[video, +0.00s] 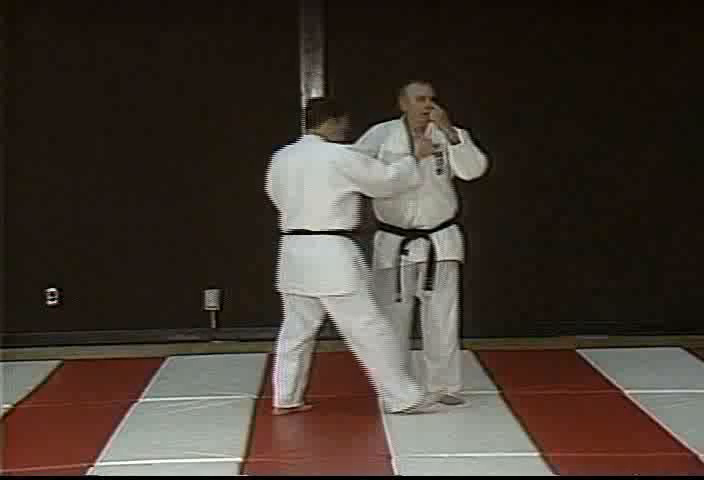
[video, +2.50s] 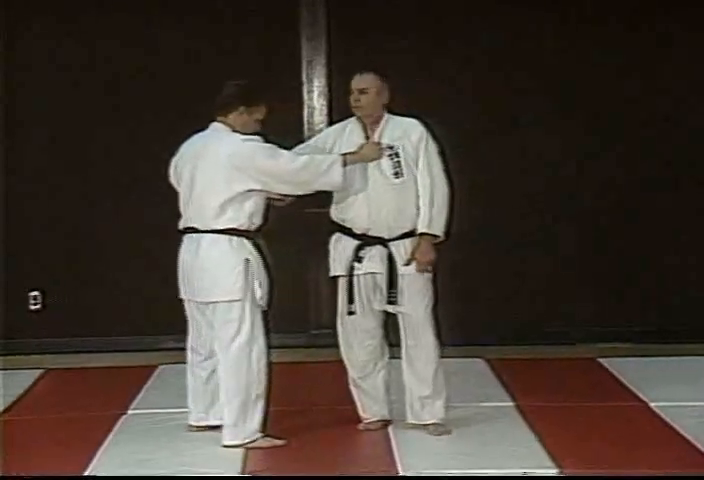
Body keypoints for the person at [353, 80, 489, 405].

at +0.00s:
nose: (427, 106)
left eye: (431, 100)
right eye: (420, 100)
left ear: (436, 104)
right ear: (403, 104)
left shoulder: (449, 136)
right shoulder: (381, 135)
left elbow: (474, 170)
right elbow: (351, 170)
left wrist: (450, 133)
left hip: (441, 237)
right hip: (394, 238)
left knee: (442, 315)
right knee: (393, 316)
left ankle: (444, 387)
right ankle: (392, 387)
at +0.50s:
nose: (414, 105)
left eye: (418, 99)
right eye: (406, 99)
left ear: (425, 103)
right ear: (391, 105)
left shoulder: (446, 136)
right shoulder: (371, 136)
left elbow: (463, 173)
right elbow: (330, 162)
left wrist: (437, 135)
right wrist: (386, 157)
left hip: (435, 243)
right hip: (383, 244)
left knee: (443, 321)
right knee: (379, 324)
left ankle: (448, 391)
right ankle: (373, 398)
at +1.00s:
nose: (382, 99)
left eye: (385, 93)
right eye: (373, 94)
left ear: (391, 99)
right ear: (356, 101)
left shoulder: (410, 135)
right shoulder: (338, 139)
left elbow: (436, 184)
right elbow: (302, 168)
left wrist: (429, 231)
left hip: (410, 244)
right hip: (358, 245)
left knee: (424, 325)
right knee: (360, 326)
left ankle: (432, 404)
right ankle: (369, 404)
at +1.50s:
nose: (384, 99)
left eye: (387, 93)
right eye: (375, 94)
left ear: (392, 98)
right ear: (357, 99)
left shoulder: (411, 136)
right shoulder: (337, 138)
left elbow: (434, 186)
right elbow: (297, 165)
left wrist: (428, 234)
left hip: (405, 246)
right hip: (354, 249)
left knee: (419, 332)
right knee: (359, 334)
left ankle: (425, 410)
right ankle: (370, 409)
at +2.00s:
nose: (378, 99)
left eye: (383, 92)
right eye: (370, 93)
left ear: (390, 96)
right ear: (354, 98)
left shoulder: (411, 133)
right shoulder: (337, 137)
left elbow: (434, 186)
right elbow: (296, 162)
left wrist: (427, 237)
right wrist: (284, 187)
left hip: (407, 245)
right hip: (356, 248)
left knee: (420, 332)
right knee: (360, 333)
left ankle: (426, 411)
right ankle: (372, 412)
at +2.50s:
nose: (356, 99)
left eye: (363, 93)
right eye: (352, 94)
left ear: (384, 96)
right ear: (349, 99)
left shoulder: (411, 133)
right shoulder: (337, 136)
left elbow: (435, 186)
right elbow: (294, 161)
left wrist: (428, 238)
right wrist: (274, 184)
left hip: (406, 246)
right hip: (354, 248)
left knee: (419, 331)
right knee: (359, 333)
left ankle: (428, 413)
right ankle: (372, 413)